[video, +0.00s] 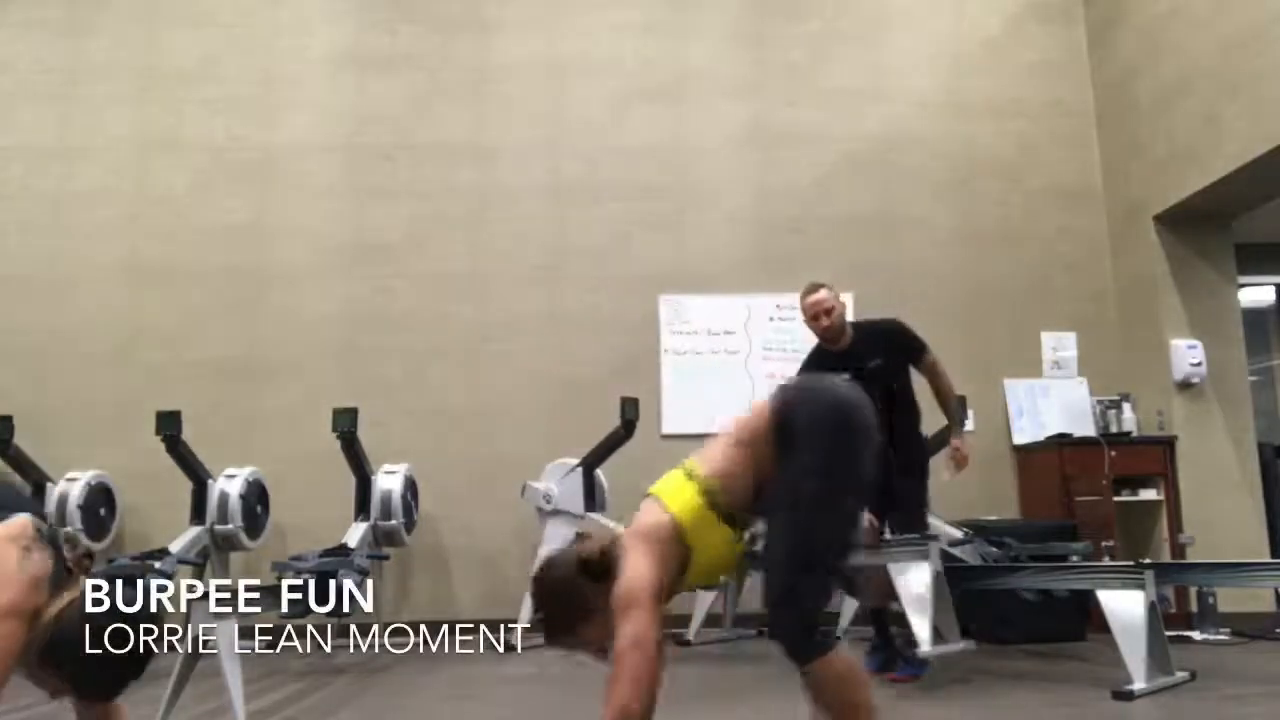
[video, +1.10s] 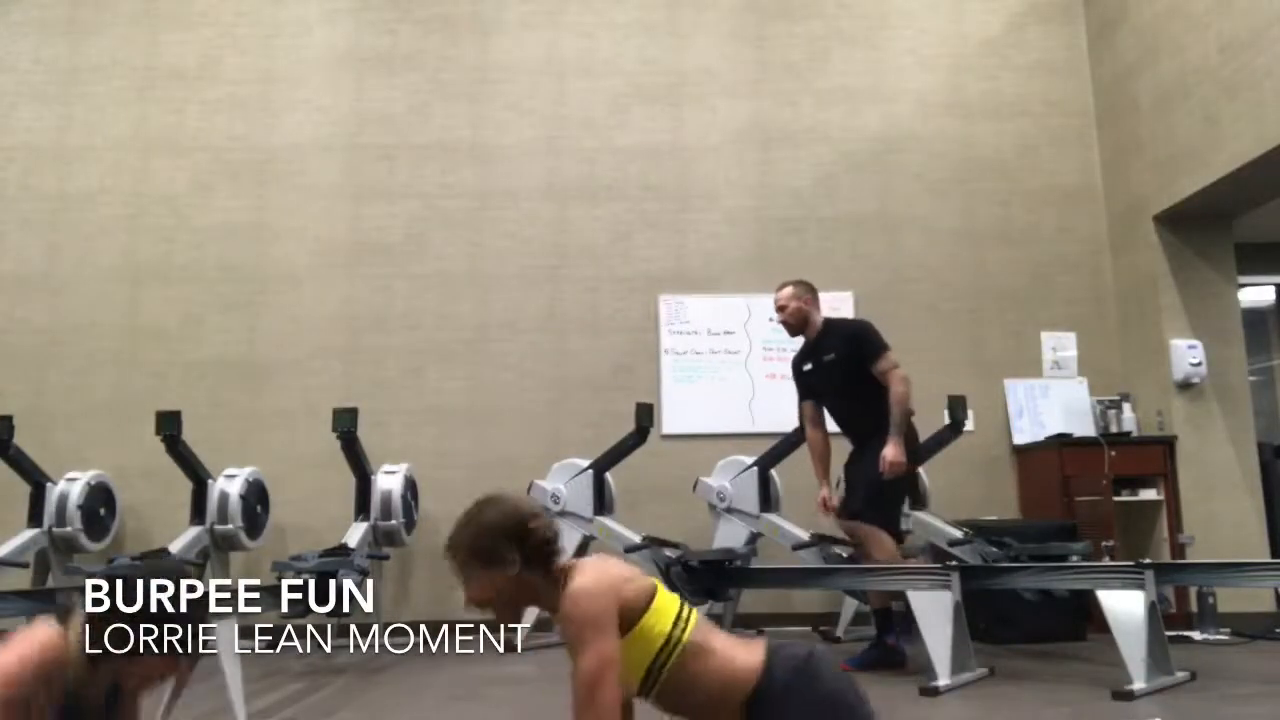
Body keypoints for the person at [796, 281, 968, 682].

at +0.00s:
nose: (824, 321)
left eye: (828, 311)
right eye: (814, 317)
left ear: (842, 304)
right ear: (807, 323)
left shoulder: (889, 335)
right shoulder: (813, 371)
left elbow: (934, 372)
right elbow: (812, 434)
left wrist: (956, 432)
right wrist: (830, 490)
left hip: (905, 464)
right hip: (856, 473)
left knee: (909, 556)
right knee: (866, 556)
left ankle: (913, 647)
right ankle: (882, 643)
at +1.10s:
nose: (779, 315)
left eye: (784, 307)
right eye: (776, 310)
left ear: (810, 303)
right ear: (787, 314)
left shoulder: (855, 332)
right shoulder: (802, 363)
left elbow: (898, 380)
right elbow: (814, 426)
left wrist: (896, 440)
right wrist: (824, 482)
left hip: (892, 437)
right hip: (864, 444)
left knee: (861, 519)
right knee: (859, 527)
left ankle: (917, 600)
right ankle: (885, 638)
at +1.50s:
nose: (788, 296)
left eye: (794, 289)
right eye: (788, 289)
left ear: (817, 292)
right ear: (808, 293)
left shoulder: (834, 328)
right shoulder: (820, 330)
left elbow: (854, 384)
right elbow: (835, 391)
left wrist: (836, 445)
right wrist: (827, 437)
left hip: (857, 445)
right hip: (848, 444)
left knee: (855, 541)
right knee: (853, 540)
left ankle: (886, 638)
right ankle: (884, 637)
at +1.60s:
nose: (782, 295)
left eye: (788, 288)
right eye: (783, 288)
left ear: (811, 291)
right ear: (808, 292)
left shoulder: (824, 327)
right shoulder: (820, 327)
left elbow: (839, 385)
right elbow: (832, 392)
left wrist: (815, 444)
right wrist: (810, 440)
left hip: (843, 450)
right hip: (848, 449)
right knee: (850, 547)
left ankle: (886, 638)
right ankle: (884, 638)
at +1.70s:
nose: (770, 297)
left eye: (775, 290)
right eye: (770, 290)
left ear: (798, 292)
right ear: (796, 293)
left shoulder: (811, 327)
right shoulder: (810, 327)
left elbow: (824, 387)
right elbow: (825, 393)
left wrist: (796, 445)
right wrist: (805, 444)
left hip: (833, 445)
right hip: (843, 443)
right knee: (849, 544)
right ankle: (884, 639)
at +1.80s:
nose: (750, 297)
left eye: (757, 290)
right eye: (751, 290)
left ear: (780, 294)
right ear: (777, 295)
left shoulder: (792, 331)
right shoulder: (791, 330)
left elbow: (808, 390)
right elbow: (810, 395)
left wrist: (783, 441)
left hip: (817, 449)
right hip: (833, 448)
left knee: (784, 544)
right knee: (847, 545)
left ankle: (769, 647)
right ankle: (884, 640)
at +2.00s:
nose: (704, 291)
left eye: (711, 284)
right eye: (705, 284)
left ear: (734, 288)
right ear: (728, 288)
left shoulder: (749, 329)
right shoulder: (740, 329)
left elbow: (774, 397)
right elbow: (751, 401)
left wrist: (758, 458)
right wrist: (743, 453)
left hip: (789, 444)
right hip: (796, 441)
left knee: (768, 545)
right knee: (820, 534)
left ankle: (765, 652)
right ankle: (869, 619)